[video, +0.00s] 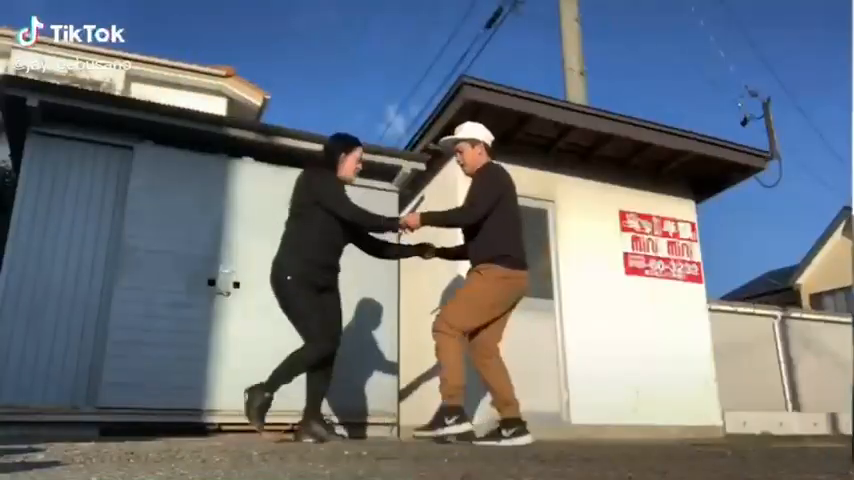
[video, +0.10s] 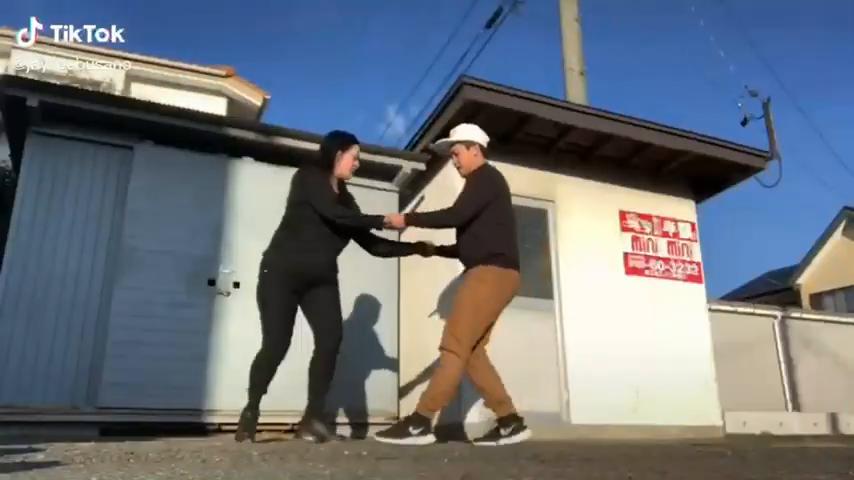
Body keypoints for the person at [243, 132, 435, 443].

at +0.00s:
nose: (359, 167)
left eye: (360, 161)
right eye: (356, 159)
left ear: (340, 159)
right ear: (339, 156)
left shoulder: (336, 201)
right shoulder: (318, 179)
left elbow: (373, 247)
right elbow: (356, 217)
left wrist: (414, 250)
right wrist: (397, 223)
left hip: (323, 280)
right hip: (294, 276)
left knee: (327, 346)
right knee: (320, 344)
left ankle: (311, 419)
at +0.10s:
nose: (356, 164)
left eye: (357, 158)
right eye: (353, 156)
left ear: (342, 158)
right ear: (335, 154)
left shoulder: (345, 201)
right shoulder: (310, 175)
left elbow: (374, 245)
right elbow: (336, 214)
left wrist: (414, 248)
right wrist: (382, 221)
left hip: (319, 279)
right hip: (281, 273)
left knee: (330, 340)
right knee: (276, 344)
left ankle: (314, 417)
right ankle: (251, 410)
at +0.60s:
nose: (379, 168)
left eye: (380, 162)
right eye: (376, 161)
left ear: (353, 158)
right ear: (360, 157)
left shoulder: (337, 181)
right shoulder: (362, 186)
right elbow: (397, 218)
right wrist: (440, 208)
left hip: (301, 261)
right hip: (324, 264)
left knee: (302, 340)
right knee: (357, 329)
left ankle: (294, 418)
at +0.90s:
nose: (407, 170)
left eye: (409, 164)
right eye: (406, 163)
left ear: (385, 160)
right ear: (392, 161)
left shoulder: (367, 185)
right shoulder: (390, 191)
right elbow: (417, 227)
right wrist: (458, 215)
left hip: (339, 265)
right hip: (369, 270)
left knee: (333, 340)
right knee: (391, 339)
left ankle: (303, 417)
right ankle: (387, 421)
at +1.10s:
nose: (429, 164)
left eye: (430, 158)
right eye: (425, 157)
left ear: (419, 159)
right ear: (409, 157)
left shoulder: (421, 197)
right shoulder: (391, 187)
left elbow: (450, 233)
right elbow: (412, 220)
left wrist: (493, 235)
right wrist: (452, 215)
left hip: (401, 277)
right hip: (378, 269)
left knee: (431, 333)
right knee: (389, 339)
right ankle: (384, 421)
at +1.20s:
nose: (439, 161)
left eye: (439, 155)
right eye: (435, 154)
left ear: (424, 158)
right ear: (417, 155)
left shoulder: (440, 198)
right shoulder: (394, 184)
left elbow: (466, 238)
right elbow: (405, 215)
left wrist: (513, 237)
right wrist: (456, 211)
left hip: (423, 278)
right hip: (387, 271)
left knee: (445, 344)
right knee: (397, 338)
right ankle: (390, 420)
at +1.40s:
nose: (448, 158)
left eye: (447, 154)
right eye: (444, 153)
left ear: (435, 157)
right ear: (428, 155)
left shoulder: (450, 196)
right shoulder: (406, 187)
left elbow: (478, 239)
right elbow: (414, 221)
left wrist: (525, 242)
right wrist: (467, 223)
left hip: (450, 280)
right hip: (412, 276)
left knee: (462, 346)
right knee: (431, 333)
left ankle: (471, 420)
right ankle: (409, 406)